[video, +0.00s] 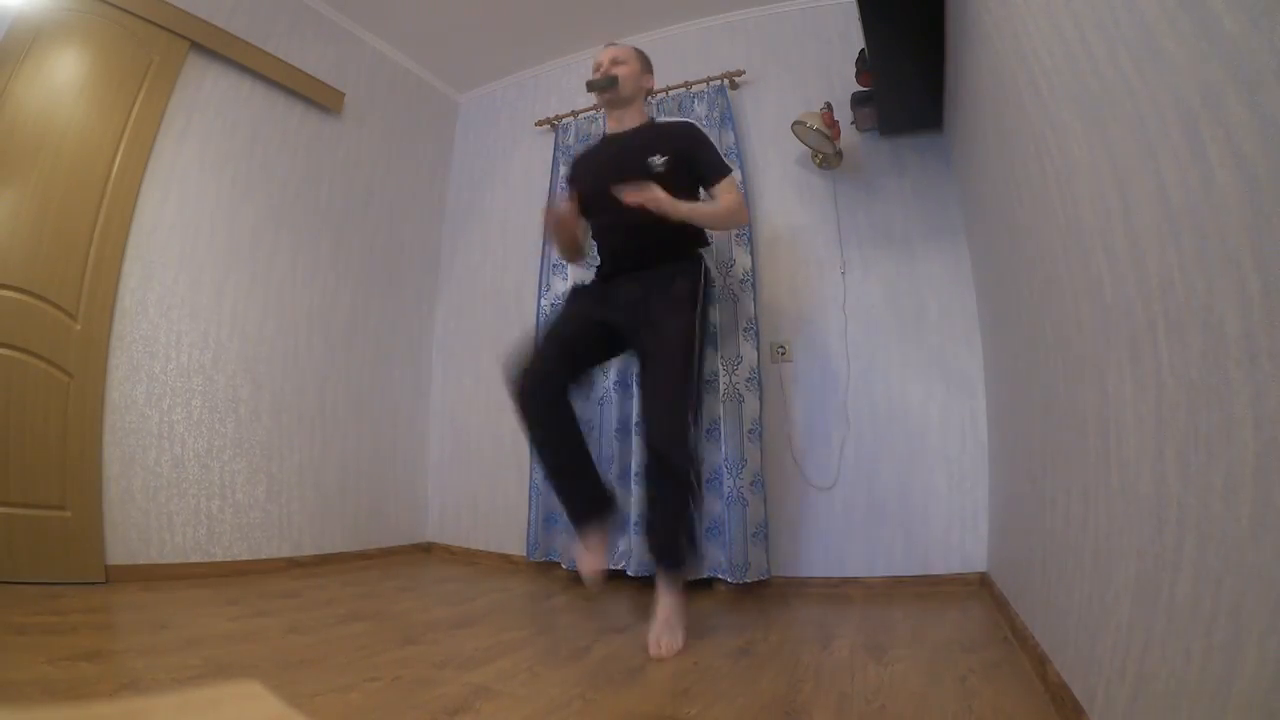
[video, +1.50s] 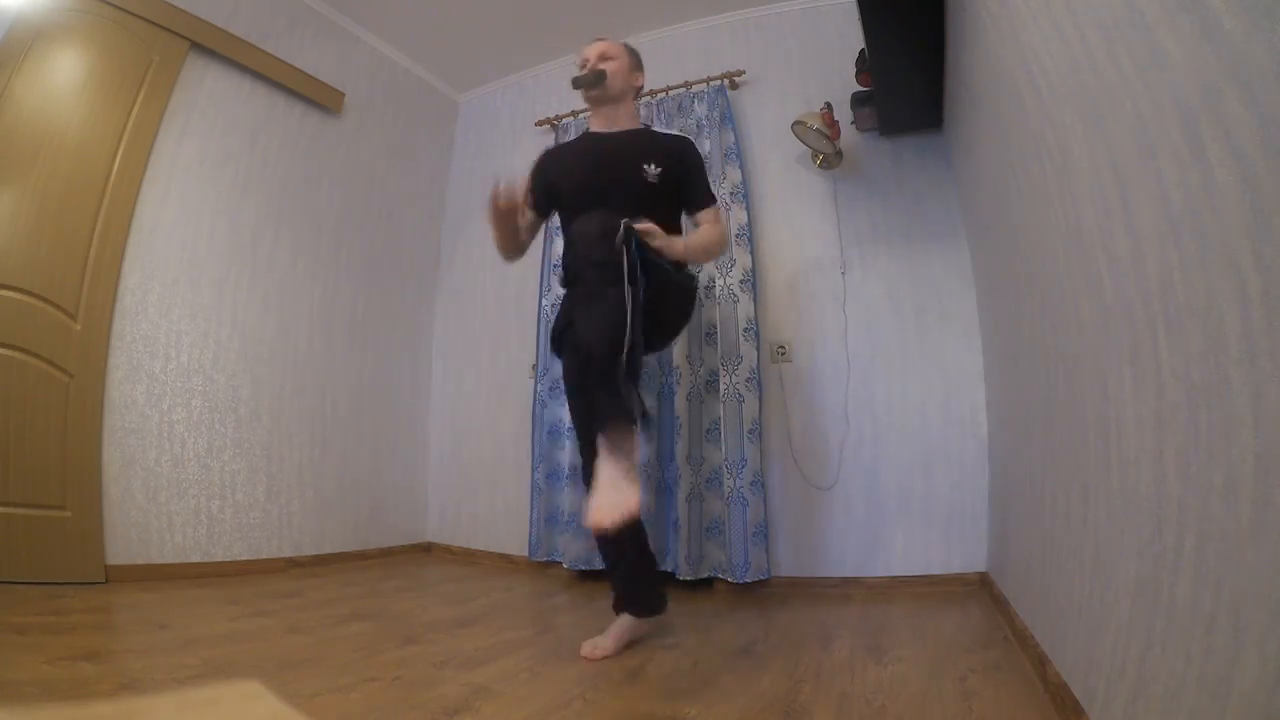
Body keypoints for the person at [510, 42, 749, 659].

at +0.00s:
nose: (604, 65)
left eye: (620, 59)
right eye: (599, 62)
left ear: (649, 84)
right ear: (592, 90)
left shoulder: (680, 137)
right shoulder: (585, 162)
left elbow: (736, 211)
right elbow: (572, 252)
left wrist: (672, 205)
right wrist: (561, 224)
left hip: (673, 289)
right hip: (610, 291)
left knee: (665, 432)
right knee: (536, 378)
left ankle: (669, 583)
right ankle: (591, 515)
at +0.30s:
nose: (616, 79)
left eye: (631, 72)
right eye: (609, 75)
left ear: (659, 92)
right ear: (599, 99)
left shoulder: (693, 163)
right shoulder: (581, 171)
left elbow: (728, 246)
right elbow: (549, 261)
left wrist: (672, 235)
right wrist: (549, 235)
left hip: (674, 299)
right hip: (604, 311)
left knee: (638, 284)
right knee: (620, 456)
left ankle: (664, 472)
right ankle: (650, 596)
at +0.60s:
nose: (601, 68)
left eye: (617, 62)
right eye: (595, 65)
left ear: (648, 84)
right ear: (592, 93)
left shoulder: (680, 139)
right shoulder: (595, 165)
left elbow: (739, 207)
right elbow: (605, 260)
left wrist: (648, 184)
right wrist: (572, 268)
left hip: (677, 302)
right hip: (614, 301)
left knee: (685, 464)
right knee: (510, 297)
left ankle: (691, 617)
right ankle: (582, 439)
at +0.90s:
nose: (609, 71)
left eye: (623, 65)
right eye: (601, 68)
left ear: (650, 89)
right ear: (591, 94)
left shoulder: (682, 155)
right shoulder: (573, 166)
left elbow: (721, 239)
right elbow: (532, 258)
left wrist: (669, 233)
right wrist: (538, 228)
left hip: (668, 299)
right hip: (595, 308)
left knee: (624, 243)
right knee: (608, 447)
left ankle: (641, 456)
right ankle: (639, 597)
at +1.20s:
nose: (585, 65)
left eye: (599, 56)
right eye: (578, 61)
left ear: (634, 76)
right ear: (575, 85)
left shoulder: (660, 128)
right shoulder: (579, 156)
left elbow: (714, 198)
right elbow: (589, 246)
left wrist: (617, 157)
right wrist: (546, 261)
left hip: (652, 294)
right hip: (589, 291)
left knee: (643, 465)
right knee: (477, 288)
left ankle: (638, 623)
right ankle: (548, 437)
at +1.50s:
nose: (592, 59)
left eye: (608, 54)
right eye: (585, 57)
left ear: (637, 82)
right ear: (578, 88)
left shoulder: (673, 150)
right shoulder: (555, 162)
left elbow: (715, 237)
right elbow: (513, 250)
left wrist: (674, 247)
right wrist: (504, 222)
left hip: (659, 306)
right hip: (586, 312)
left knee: (599, 230)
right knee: (600, 451)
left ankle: (616, 441)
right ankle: (639, 600)